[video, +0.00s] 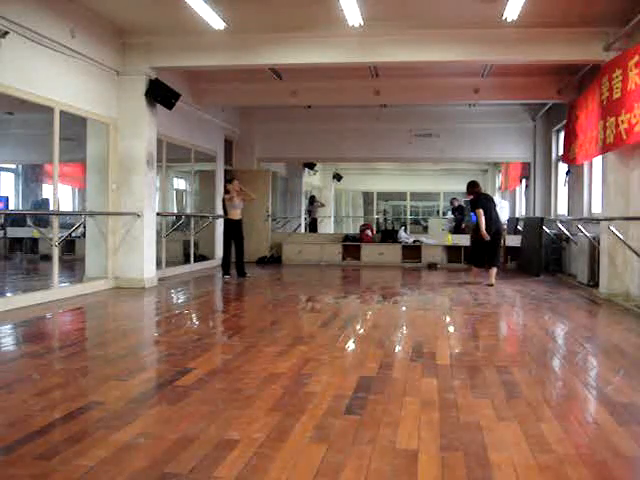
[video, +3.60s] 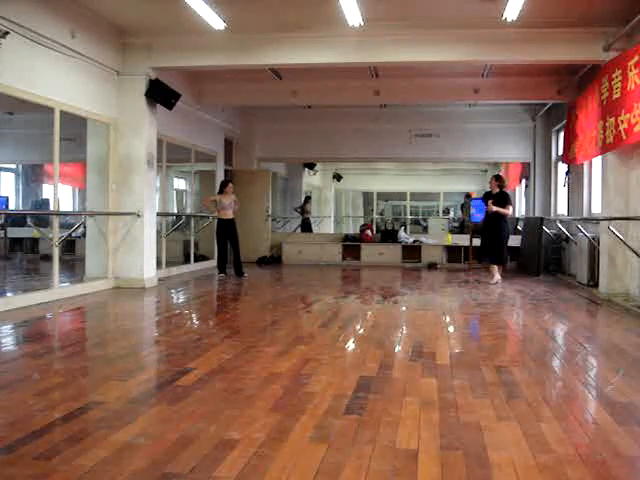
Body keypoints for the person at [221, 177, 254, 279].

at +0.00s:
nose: (238, 186)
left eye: (238, 184)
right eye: (235, 183)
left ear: (238, 186)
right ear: (230, 186)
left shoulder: (239, 196)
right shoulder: (226, 197)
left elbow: (252, 197)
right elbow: (231, 199)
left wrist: (243, 190)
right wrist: (232, 191)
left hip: (238, 220)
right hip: (229, 220)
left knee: (240, 247)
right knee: (227, 248)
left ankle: (241, 272)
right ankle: (226, 272)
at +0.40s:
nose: (243, 188)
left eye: (243, 185)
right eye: (241, 185)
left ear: (244, 187)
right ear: (236, 187)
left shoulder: (244, 197)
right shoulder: (234, 198)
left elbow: (256, 201)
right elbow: (239, 205)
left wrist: (249, 195)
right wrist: (243, 198)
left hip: (244, 221)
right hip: (236, 220)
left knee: (242, 248)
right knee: (233, 248)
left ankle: (241, 272)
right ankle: (228, 272)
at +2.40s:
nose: (242, 186)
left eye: (241, 184)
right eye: (239, 184)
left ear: (239, 187)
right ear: (235, 187)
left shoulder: (241, 198)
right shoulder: (234, 198)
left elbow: (245, 212)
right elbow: (236, 210)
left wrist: (250, 206)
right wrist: (244, 203)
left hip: (241, 221)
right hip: (235, 221)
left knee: (239, 248)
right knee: (232, 248)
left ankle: (241, 271)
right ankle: (230, 271)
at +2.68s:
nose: (246, 186)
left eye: (245, 185)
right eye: (244, 185)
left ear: (243, 187)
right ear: (239, 187)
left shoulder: (245, 198)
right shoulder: (235, 197)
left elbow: (245, 207)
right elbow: (223, 205)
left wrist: (247, 211)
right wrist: (233, 212)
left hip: (242, 221)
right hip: (234, 221)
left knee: (241, 247)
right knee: (232, 247)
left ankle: (241, 271)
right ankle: (229, 271)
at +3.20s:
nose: (237, 188)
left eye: (238, 185)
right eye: (235, 186)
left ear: (237, 187)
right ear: (230, 188)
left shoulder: (238, 198)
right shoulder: (224, 198)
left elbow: (243, 208)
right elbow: (215, 201)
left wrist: (242, 209)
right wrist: (218, 208)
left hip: (235, 220)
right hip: (226, 220)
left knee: (238, 248)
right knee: (223, 248)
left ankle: (241, 272)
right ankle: (222, 271)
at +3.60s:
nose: (231, 189)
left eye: (232, 187)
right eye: (229, 187)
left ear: (232, 188)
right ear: (224, 188)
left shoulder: (233, 197)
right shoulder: (219, 197)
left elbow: (237, 205)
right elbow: (206, 200)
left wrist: (235, 208)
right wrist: (214, 210)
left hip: (231, 220)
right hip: (222, 220)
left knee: (235, 247)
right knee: (222, 247)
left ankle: (239, 271)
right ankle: (222, 271)